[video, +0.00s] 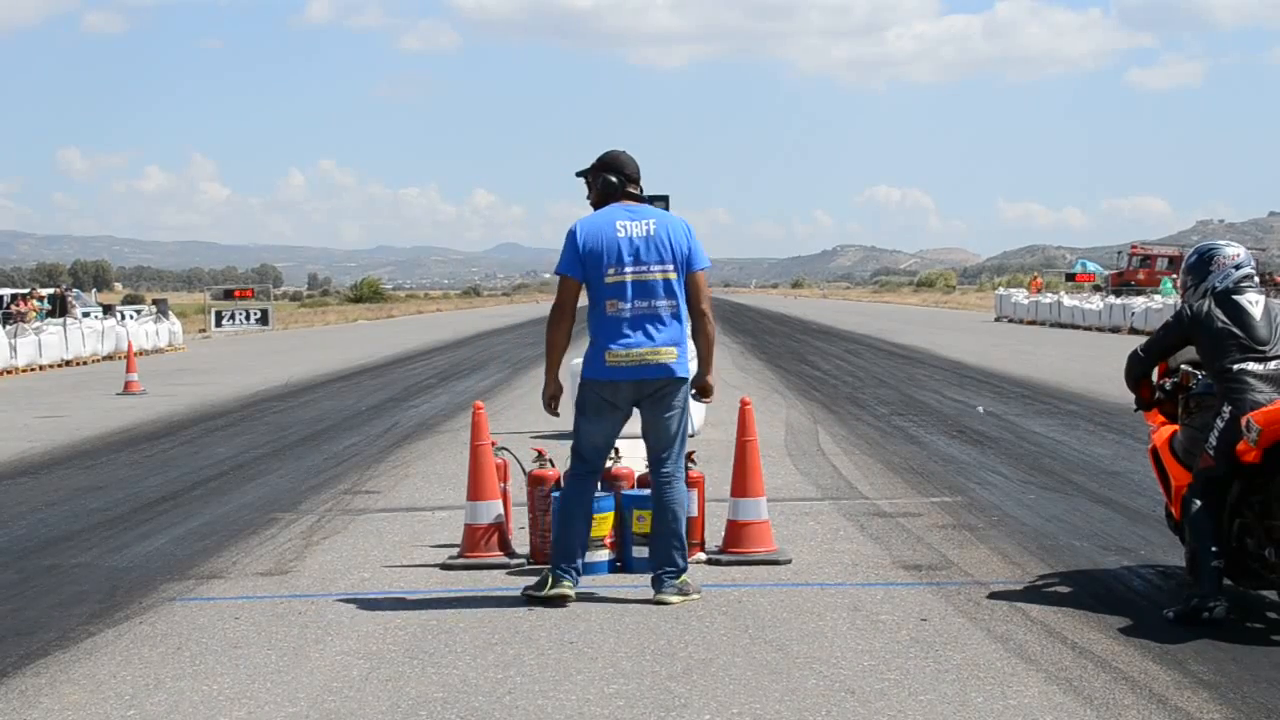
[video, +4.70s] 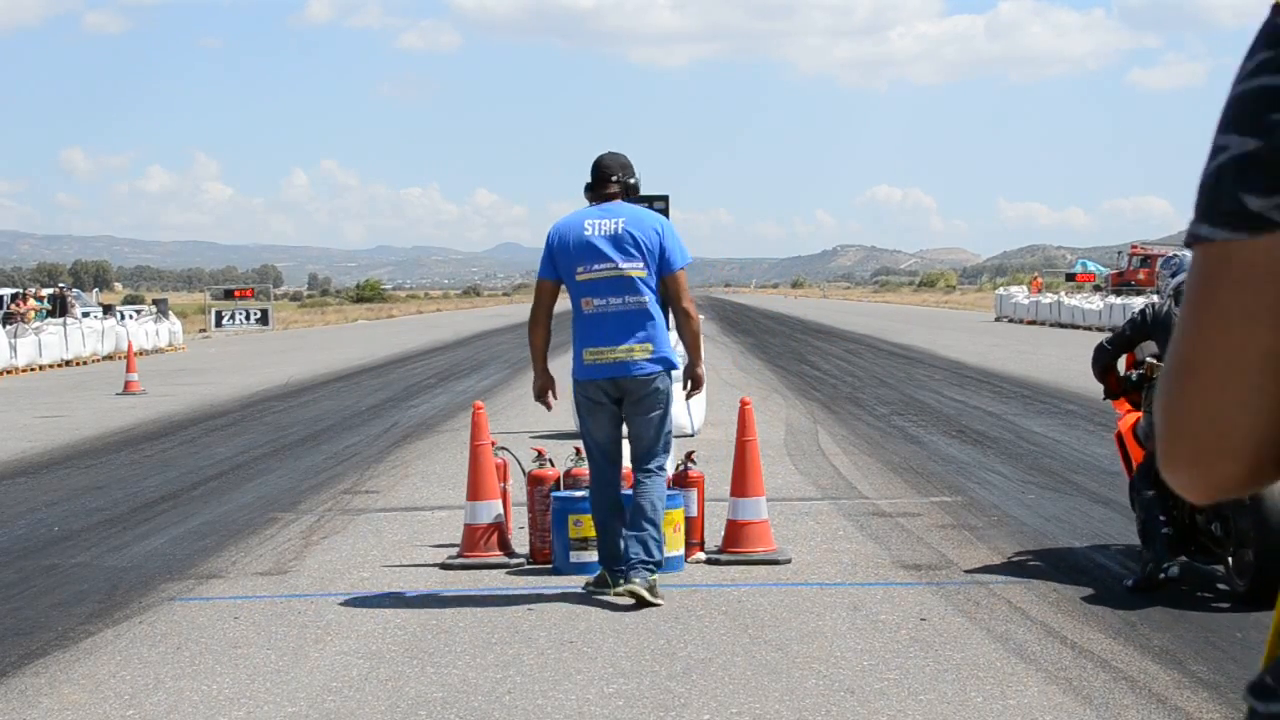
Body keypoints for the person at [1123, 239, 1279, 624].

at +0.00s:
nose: (1185, 288)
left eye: (1187, 280)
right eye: (1185, 281)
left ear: (1201, 277)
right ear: (1242, 268)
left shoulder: (1198, 310)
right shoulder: (1270, 304)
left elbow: (1140, 359)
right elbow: (1259, 354)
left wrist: (1146, 394)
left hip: (1244, 405)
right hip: (1279, 399)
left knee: (1200, 495)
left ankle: (1206, 595)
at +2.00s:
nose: (1186, 287)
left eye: (1189, 280)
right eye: (1186, 280)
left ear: (1203, 277)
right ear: (1244, 269)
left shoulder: (1198, 309)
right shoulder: (1271, 304)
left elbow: (1136, 359)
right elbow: (1257, 353)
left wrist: (1148, 399)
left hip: (1243, 403)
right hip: (1279, 398)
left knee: (1199, 492)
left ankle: (1205, 591)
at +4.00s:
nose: (1167, 282)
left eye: (1169, 275)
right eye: (1169, 275)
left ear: (1176, 275)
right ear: (1217, 274)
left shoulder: (1166, 310)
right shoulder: (1247, 308)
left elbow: (1105, 355)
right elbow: (1275, 344)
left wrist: (1119, 389)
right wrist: (1267, 369)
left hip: (1209, 401)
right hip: (1261, 392)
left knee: (1162, 480)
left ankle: (1165, 570)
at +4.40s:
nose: (1163, 283)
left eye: (1164, 277)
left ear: (1169, 278)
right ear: (1213, 276)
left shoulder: (1158, 312)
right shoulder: (1238, 310)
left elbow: (1101, 354)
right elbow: (1271, 344)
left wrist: (1109, 380)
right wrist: (1253, 370)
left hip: (1199, 399)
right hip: (1251, 391)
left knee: (1158, 477)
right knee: (1267, 464)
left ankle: (1164, 559)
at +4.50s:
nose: (1162, 286)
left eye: (1164, 280)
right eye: (1163, 280)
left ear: (1172, 279)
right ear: (1212, 276)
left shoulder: (1162, 311)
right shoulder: (1241, 311)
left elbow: (1107, 351)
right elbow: (1250, 350)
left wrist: (1111, 380)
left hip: (1199, 402)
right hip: (1244, 400)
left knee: (1149, 478)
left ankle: (1165, 546)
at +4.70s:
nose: (1160, 289)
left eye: (1160, 282)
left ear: (1166, 282)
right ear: (1198, 280)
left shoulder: (1157, 314)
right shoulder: (1222, 312)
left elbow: (1104, 353)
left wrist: (1116, 386)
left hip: (1169, 425)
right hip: (1223, 419)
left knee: (1144, 482)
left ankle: (1155, 559)